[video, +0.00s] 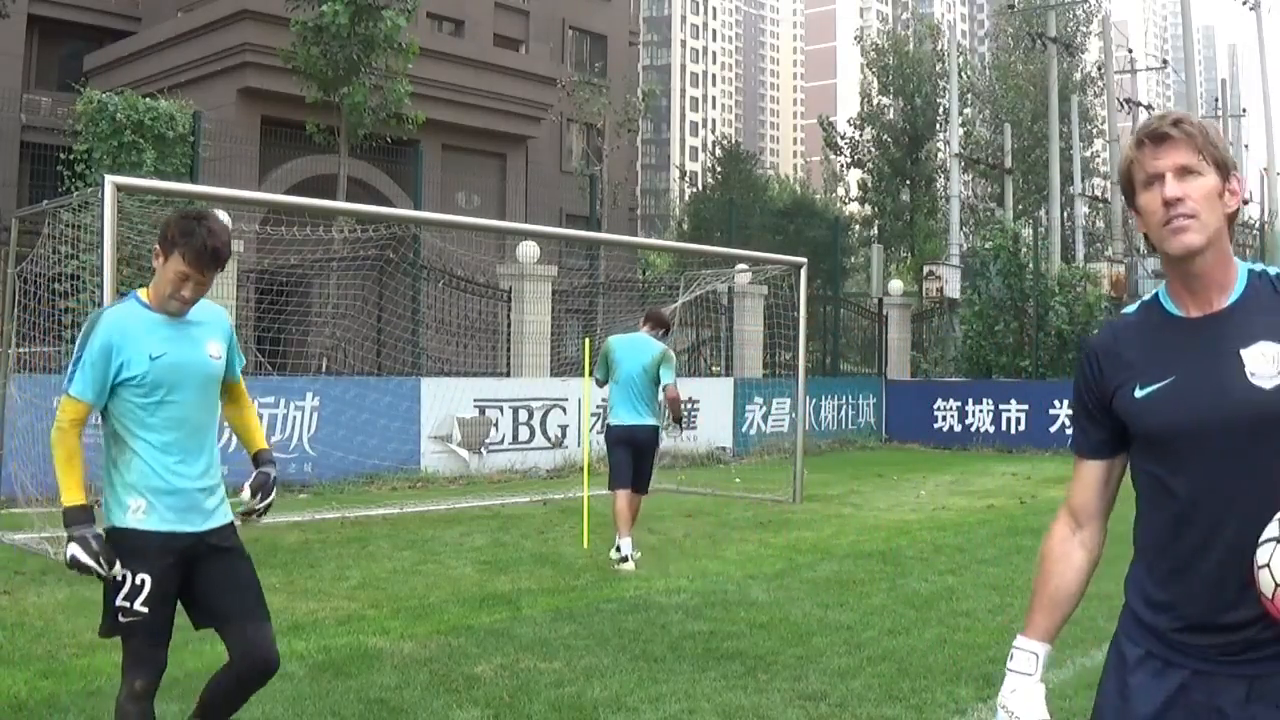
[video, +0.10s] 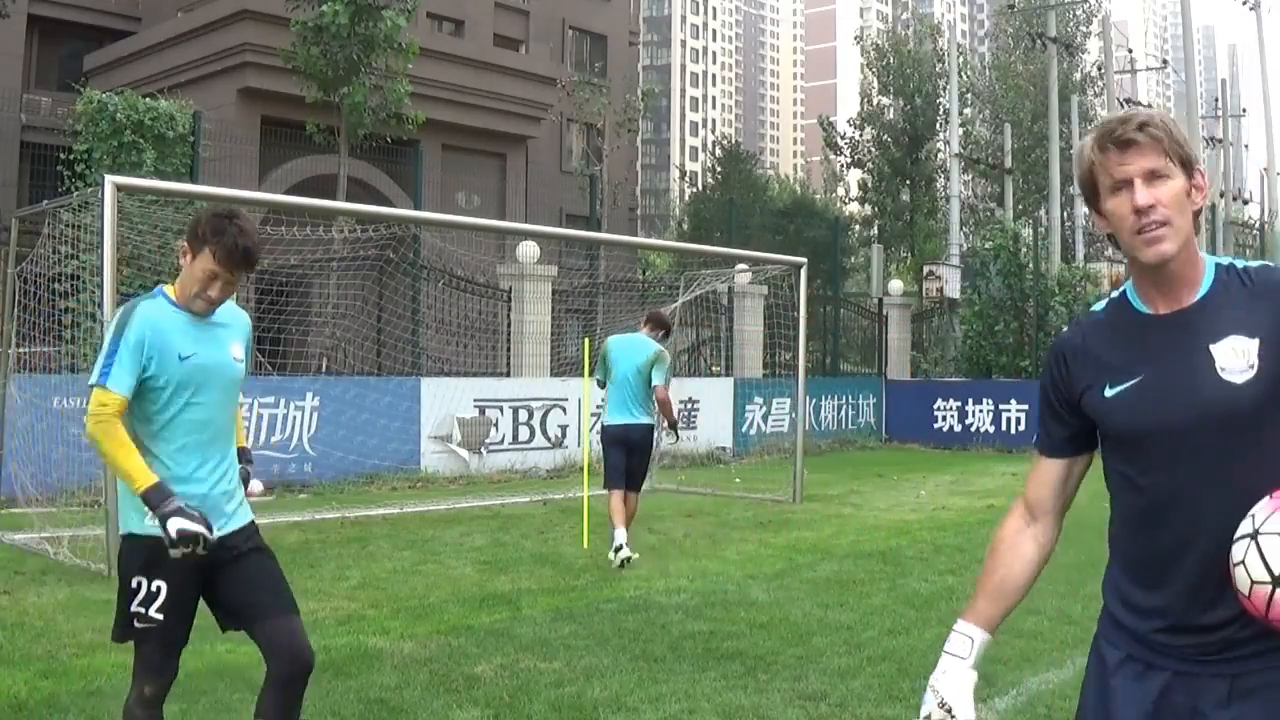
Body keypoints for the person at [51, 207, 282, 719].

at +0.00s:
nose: (190, 293)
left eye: (203, 284)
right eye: (183, 278)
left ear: (215, 276)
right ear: (159, 257)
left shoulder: (216, 323)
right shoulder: (112, 328)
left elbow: (235, 395)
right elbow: (67, 425)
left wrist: (263, 459)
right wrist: (78, 521)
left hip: (213, 526)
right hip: (142, 532)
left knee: (258, 660)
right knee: (141, 684)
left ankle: (198, 719)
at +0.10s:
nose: (217, 292)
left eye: (230, 283)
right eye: (210, 276)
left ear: (242, 280)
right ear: (186, 256)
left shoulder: (237, 322)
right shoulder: (141, 319)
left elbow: (229, 400)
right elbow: (102, 420)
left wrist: (242, 463)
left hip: (232, 526)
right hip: (159, 535)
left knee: (293, 660)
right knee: (151, 687)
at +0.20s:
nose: (236, 291)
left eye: (250, 281)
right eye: (229, 274)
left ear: (262, 278)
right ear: (204, 254)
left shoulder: (253, 325)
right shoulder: (163, 318)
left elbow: (229, 416)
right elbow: (153, 415)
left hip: (245, 532)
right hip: (177, 537)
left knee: (299, 676)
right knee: (158, 690)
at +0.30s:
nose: (260, 290)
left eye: (275, 279)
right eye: (252, 272)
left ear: (290, 276)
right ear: (231, 255)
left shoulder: (283, 330)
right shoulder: (201, 318)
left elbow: (267, 430)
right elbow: (265, 387)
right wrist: (352, 396)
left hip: (284, 547)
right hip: (212, 547)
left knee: (317, 699)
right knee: (180, 697)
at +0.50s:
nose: (328, 278)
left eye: (343, 268)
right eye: (319, 261)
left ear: (361, 265)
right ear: (297, 246)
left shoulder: (358, 320)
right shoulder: (278, 300)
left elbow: (343, 423)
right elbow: (404, 308)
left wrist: (379, 479)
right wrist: (448, 319)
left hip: (361, 546)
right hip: (295, 542)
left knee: (351, 708)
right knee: (282, 706)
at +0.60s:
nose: (365, 279)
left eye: (379, 269)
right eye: (353, 263)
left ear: (393, 265)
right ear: (325, 248)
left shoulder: (384, 324)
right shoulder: (305, 295)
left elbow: (383, 412)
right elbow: (419, 313)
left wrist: (420, 470)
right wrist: (471, 317)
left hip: (385, 538)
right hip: (324, 536)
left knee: (369, 701)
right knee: (342, 703)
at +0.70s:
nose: (416, 283)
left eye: (429, 273)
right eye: (406, 266)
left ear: (439, 270)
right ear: (373, 251)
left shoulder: (426, 321)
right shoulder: (342, 303)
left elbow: (432, 418)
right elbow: (429, 367)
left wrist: (471, 472)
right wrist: (508, 365)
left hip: (417, 538)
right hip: (364, 538)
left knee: (379, 701)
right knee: (433, 700)